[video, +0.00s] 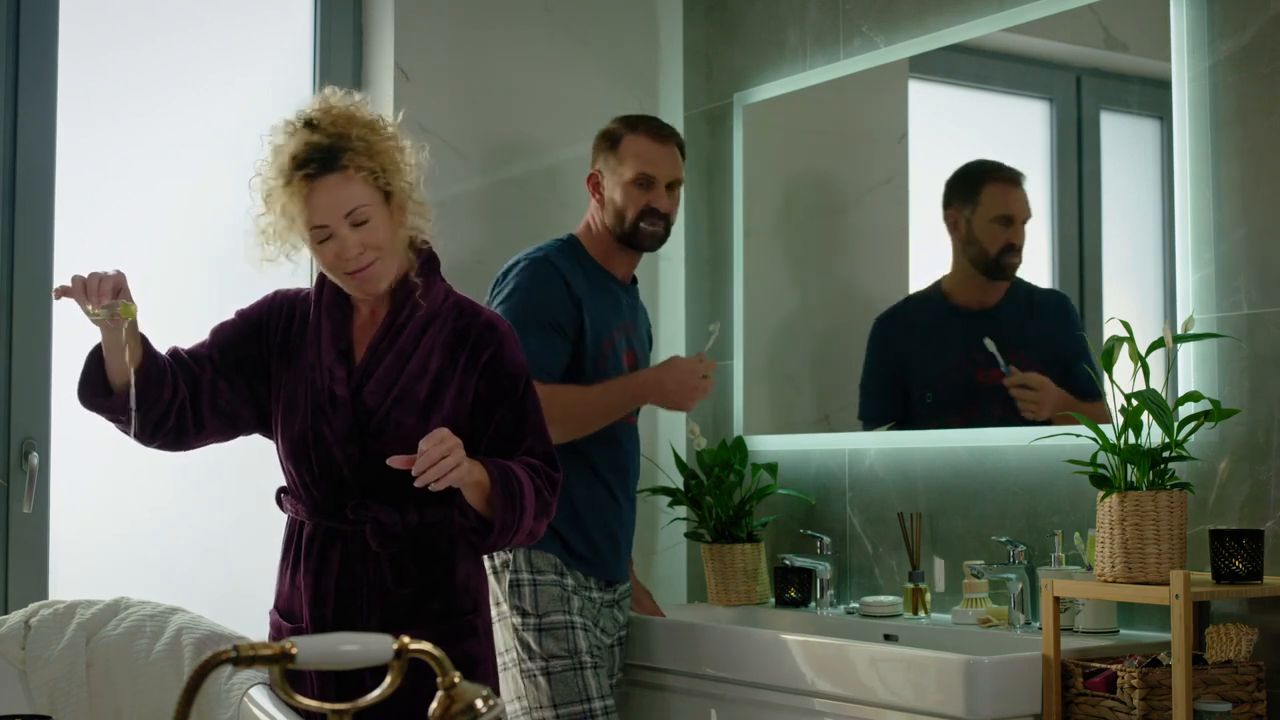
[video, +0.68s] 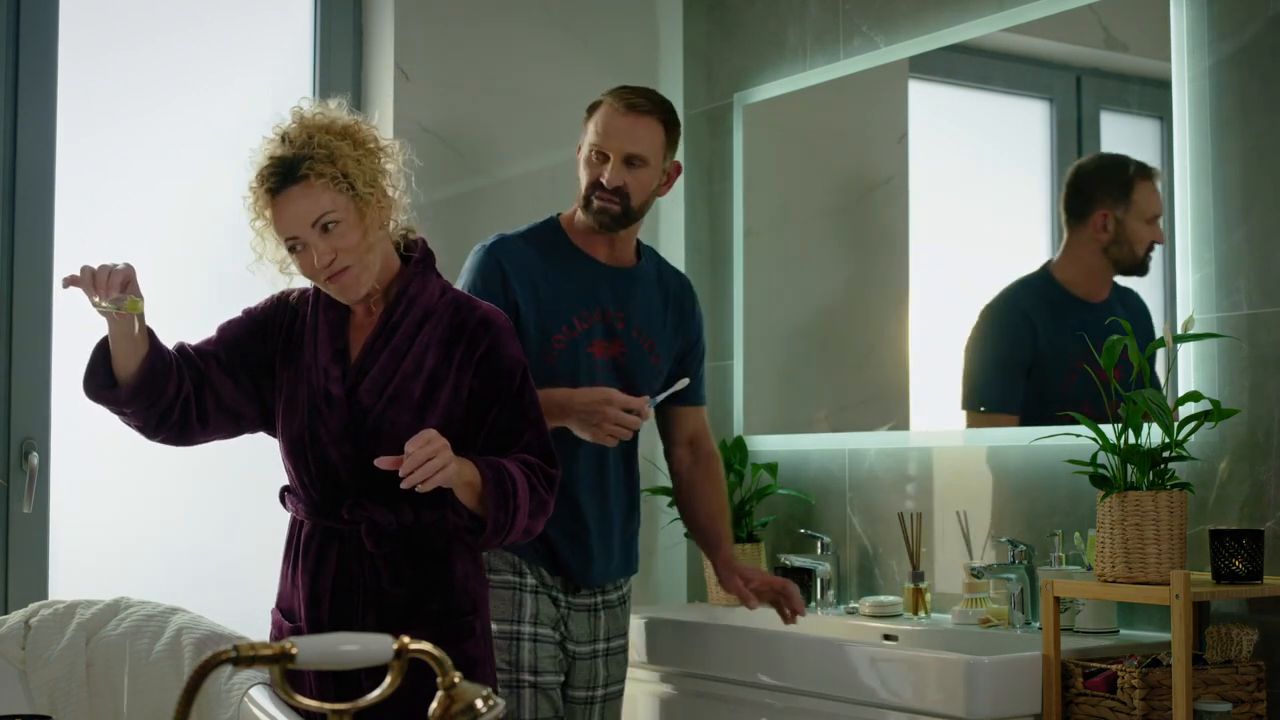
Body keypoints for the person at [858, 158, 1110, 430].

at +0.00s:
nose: (1019, 239)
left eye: (1023, 225)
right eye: (1004, 223)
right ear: (955, 223)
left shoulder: (1053, 313)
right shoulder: (898, 328)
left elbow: (1102, 419)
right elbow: (880, 446)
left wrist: (1061, 404)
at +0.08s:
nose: (1033, 236)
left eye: (1036, 222)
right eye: (1018, 220)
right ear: (968, 223)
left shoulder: (1063, 314)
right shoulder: (905, 326)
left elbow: (1111, 419)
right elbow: (885, 443)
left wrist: (1079, 410)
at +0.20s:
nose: (1061, 234)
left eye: (1061, 219)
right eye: (1047, 217)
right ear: (995, 222)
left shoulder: (1077, 314)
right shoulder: (920, 323)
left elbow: (1119, 415)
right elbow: (901, 442)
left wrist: (1107, 417)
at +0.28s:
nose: (1083, 234)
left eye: (1082, 219)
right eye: (1070, 218)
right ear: (1020, 221)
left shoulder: (1088, 313)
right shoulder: (933, 324)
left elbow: (1128, 415)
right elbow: (911, 451)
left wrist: (1114, 415)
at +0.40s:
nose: (1114, 235)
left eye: (1110, 220)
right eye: (1102, 220)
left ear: (1054, 225)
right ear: (1054, 224)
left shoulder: (1105, 313)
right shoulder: (959, 323)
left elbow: (1138, 418)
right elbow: (924, 448)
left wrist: (1125, 419)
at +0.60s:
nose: (1149, 236)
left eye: (1146, 221)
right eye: (1139, 221)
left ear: (1091, 224)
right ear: (1091, 224)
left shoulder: (1126, 310)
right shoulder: (1000, 318)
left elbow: (1149, 427)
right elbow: (968, 451)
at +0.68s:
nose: (1160, 238)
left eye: (1157, 223)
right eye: (1150, 222)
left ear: (1104, 225)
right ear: (1103, 225)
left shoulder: (1132, 310)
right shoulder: (1008, 320)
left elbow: (1150, 428)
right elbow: (990, 456)